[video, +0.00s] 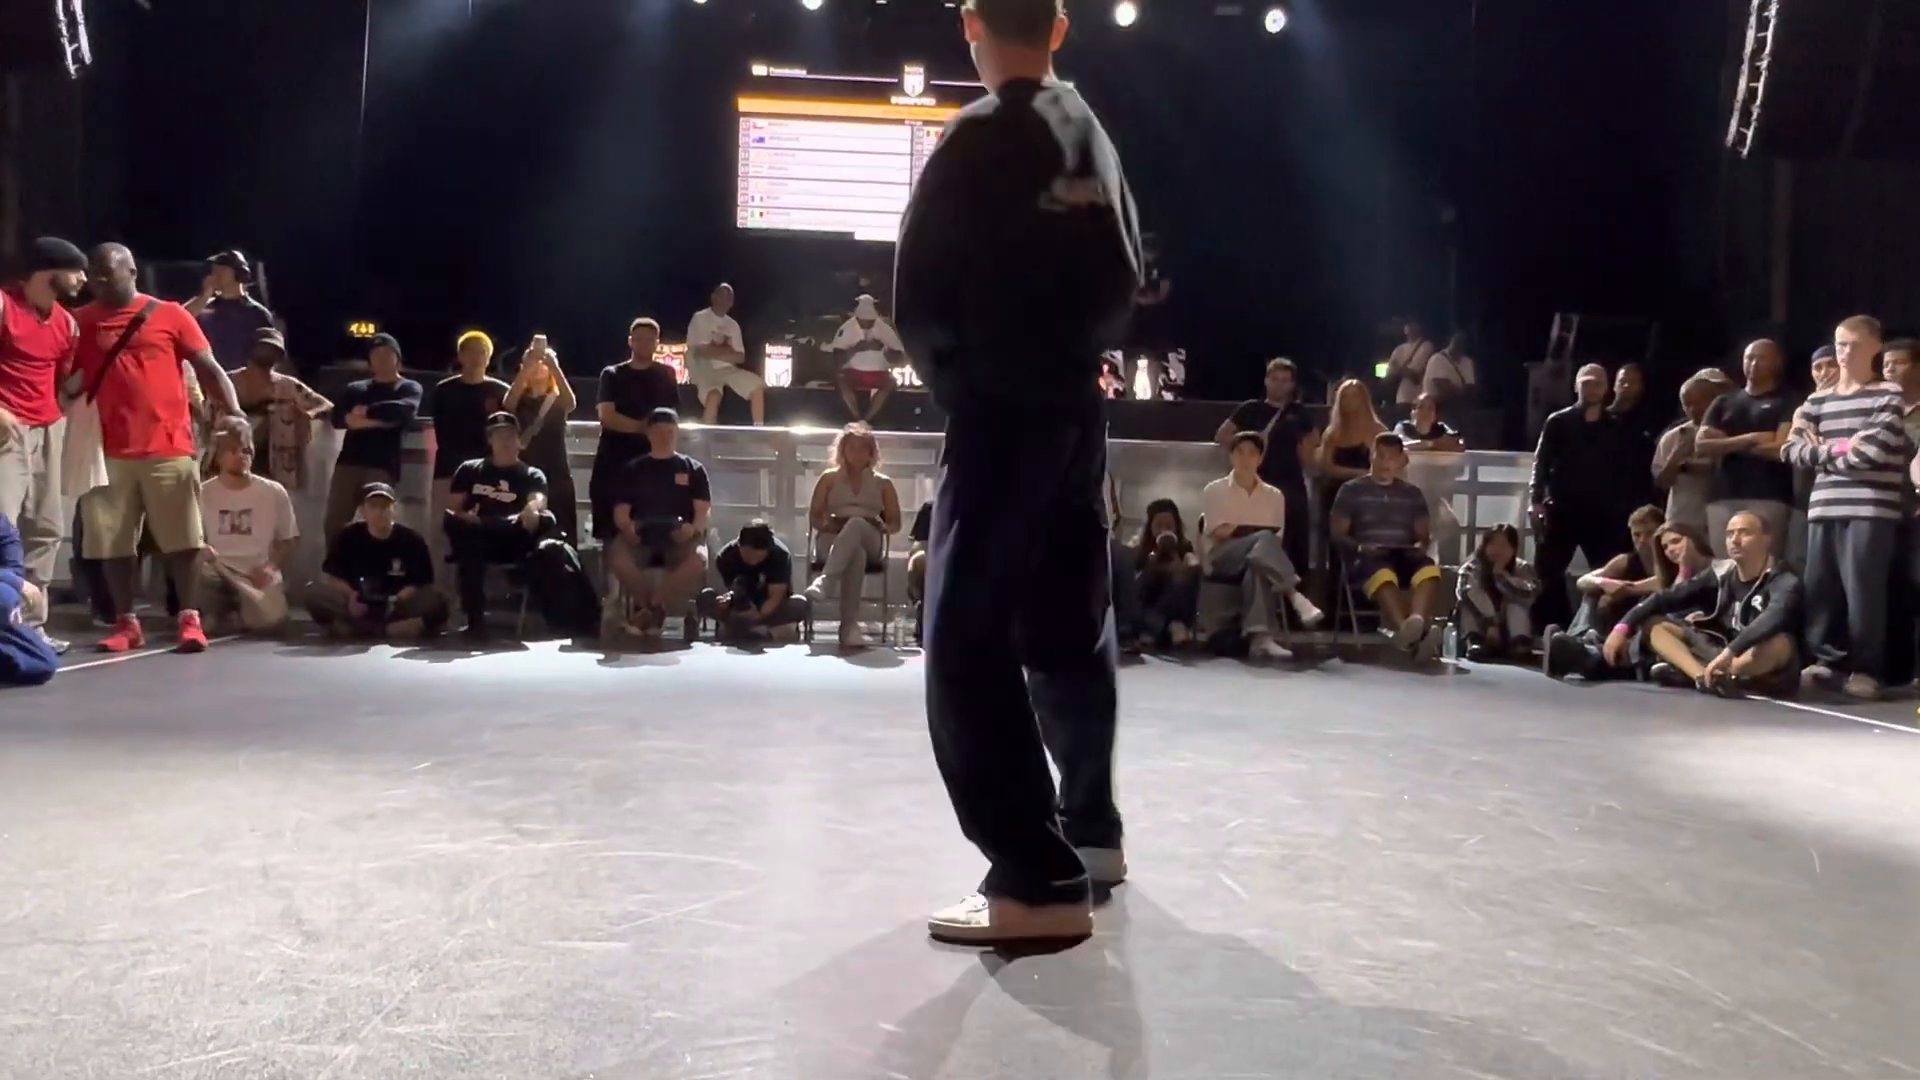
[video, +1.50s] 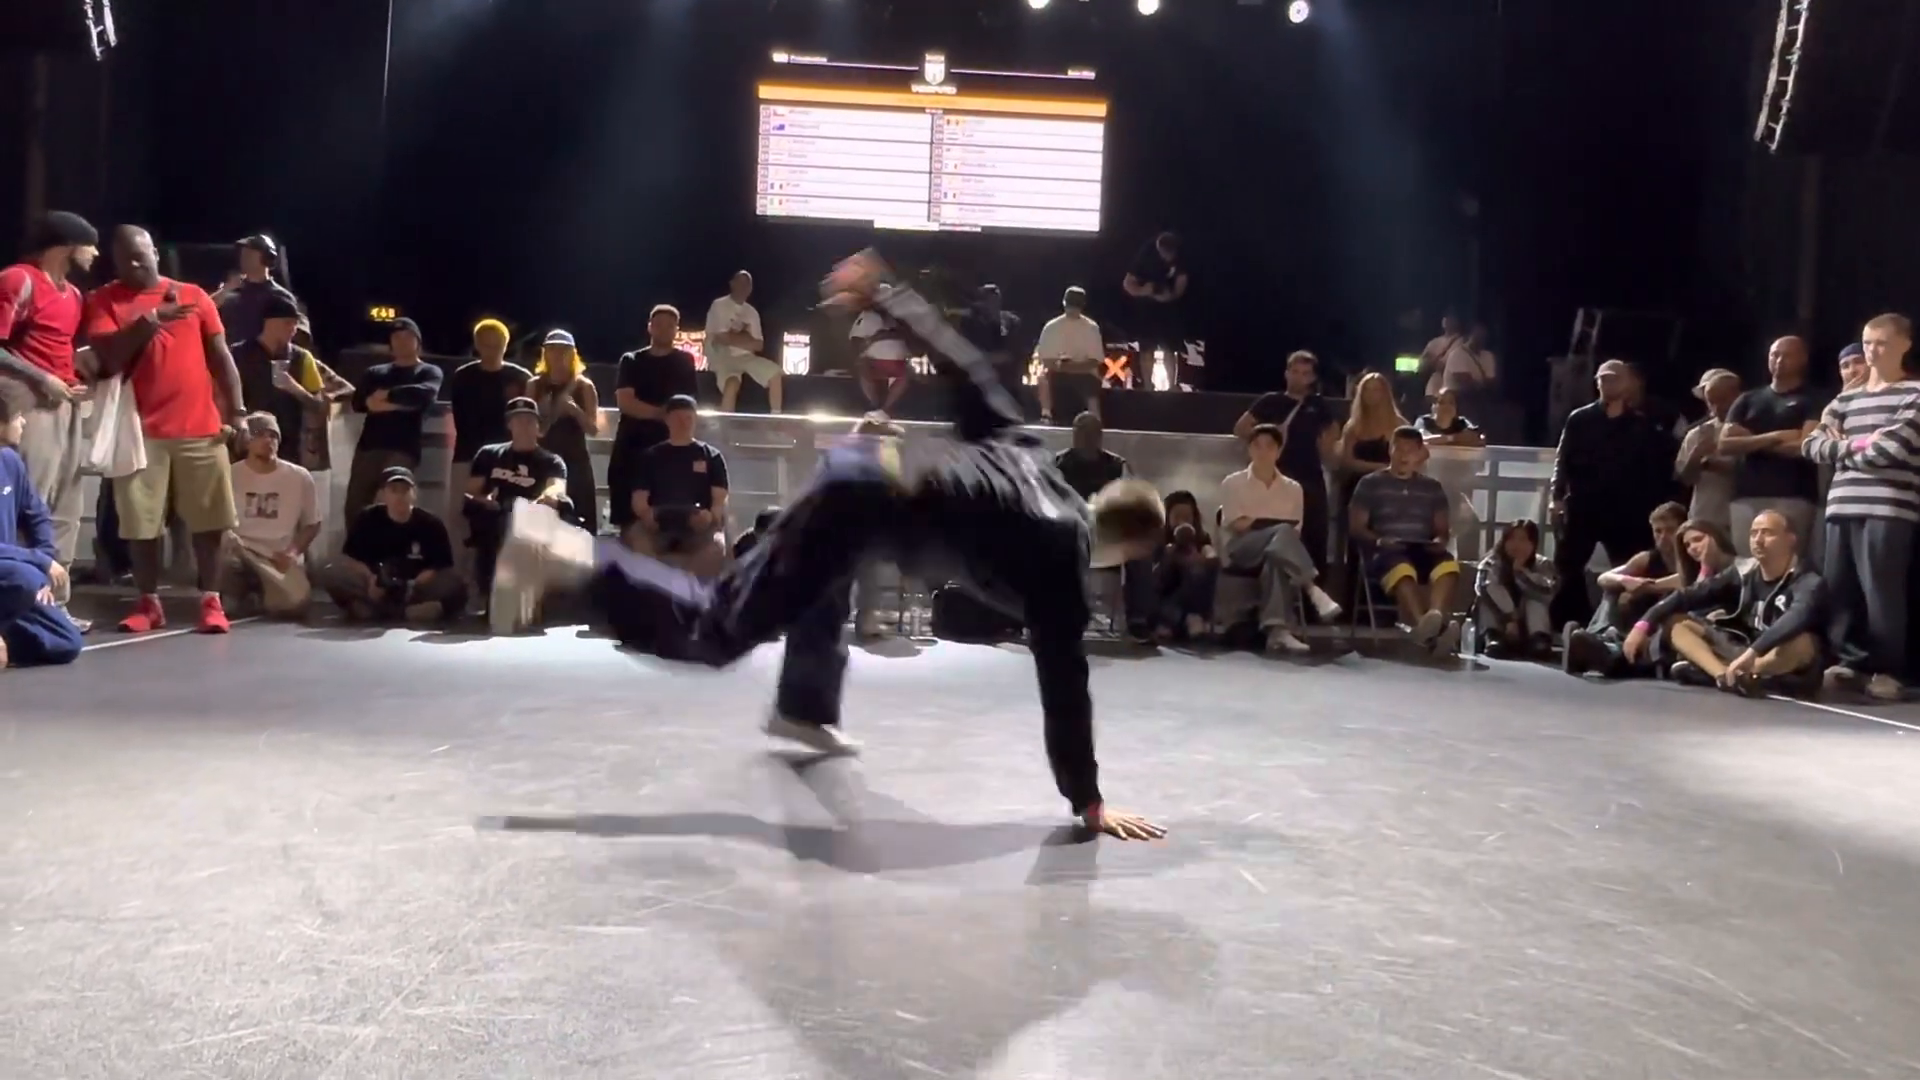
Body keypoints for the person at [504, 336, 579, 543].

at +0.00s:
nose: (539, 369)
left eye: (544, 364)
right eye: (533, 364)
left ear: (552, 370)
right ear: (523, 369)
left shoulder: (558, 398)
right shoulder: (517, 399)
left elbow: (570, 403)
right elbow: (508, 406)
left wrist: (554, 367)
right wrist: (526, 366)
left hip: (555, 468)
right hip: (524, 469)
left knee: (563, 530)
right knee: (525, 529)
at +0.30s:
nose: (544, 368)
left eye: (549, 363)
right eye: (538, 363)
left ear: (557, 368)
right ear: (528, 367)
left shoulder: (563, 396)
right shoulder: (522, 396)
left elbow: (575, 405)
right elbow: (513, 403)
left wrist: (559, 366)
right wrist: (533, 362)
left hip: (560, 466)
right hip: (529, 466)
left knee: (567, 528)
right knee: (528, 526)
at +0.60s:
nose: (545, 369)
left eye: (549, 364)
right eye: (539, 364)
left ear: (559, 366)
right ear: (532, 367)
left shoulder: (570, 394)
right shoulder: (524, 395)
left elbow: (577, 415)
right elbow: (514, 419)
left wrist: (565, 380)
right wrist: (533, 382)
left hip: (563, 468)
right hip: (532, 469)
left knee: (570, 527)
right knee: (532, 527)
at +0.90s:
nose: (547, 359)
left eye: (553, 353)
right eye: (542, 354)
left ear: (562, 359)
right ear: (535, 360)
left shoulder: (576, 393)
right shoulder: (526, 392)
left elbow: (579, 423)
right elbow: (523, 424)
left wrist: (564, 383)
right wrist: (538, 391)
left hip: (567, 463)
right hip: (536, 463)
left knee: (573, 521)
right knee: (537, 521)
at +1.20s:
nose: (553, 358)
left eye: (559, 353)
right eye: (548, 353)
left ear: (567, 357)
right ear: (541, 357)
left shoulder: (581, 389)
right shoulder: (530, 388)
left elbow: (587, 427)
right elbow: (528, 428)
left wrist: (570, 396)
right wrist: (547, 401)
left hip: (571, 459)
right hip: (541, 458)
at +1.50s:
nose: (558, 356)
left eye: (563, 351)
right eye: (553, 350)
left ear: (572, 355)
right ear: (545, 354)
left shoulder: (584, 386)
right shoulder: (535, 384)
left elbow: (592, 427)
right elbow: (532, 426)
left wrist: (574, 409)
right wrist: (553, 411)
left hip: (574, 454)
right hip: (544, 453)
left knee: (581, 513)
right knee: (543, 512)